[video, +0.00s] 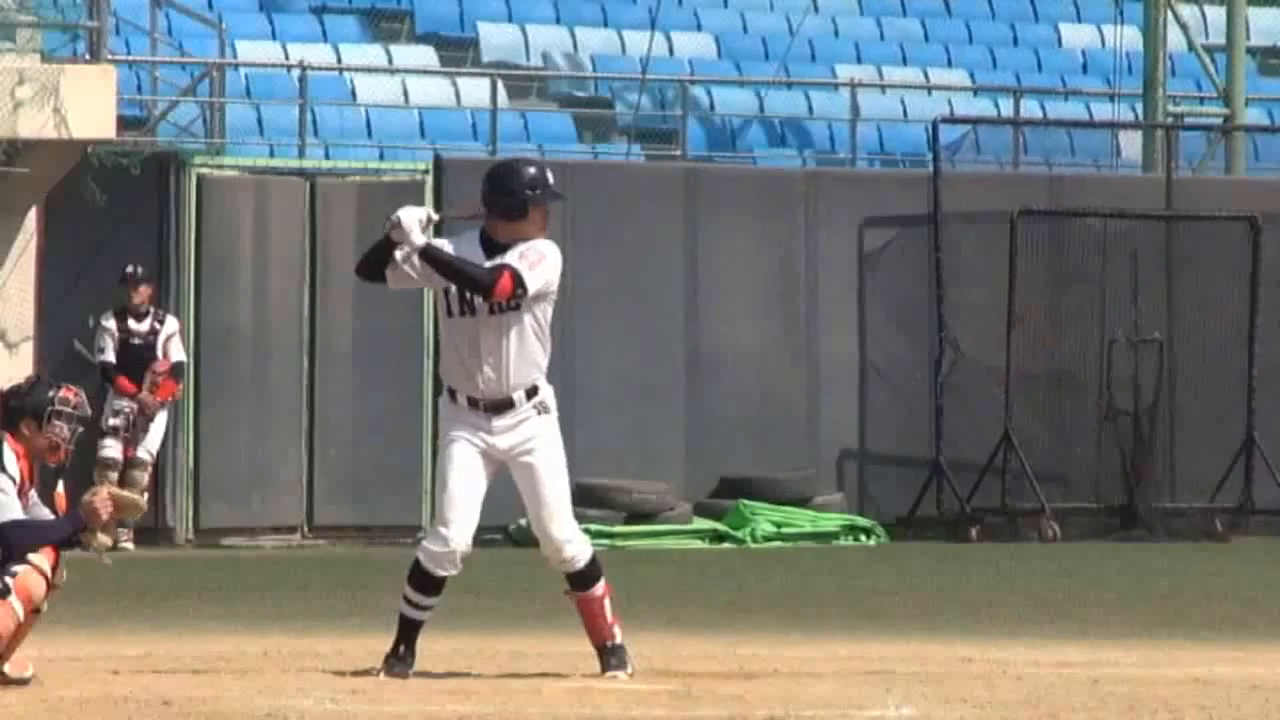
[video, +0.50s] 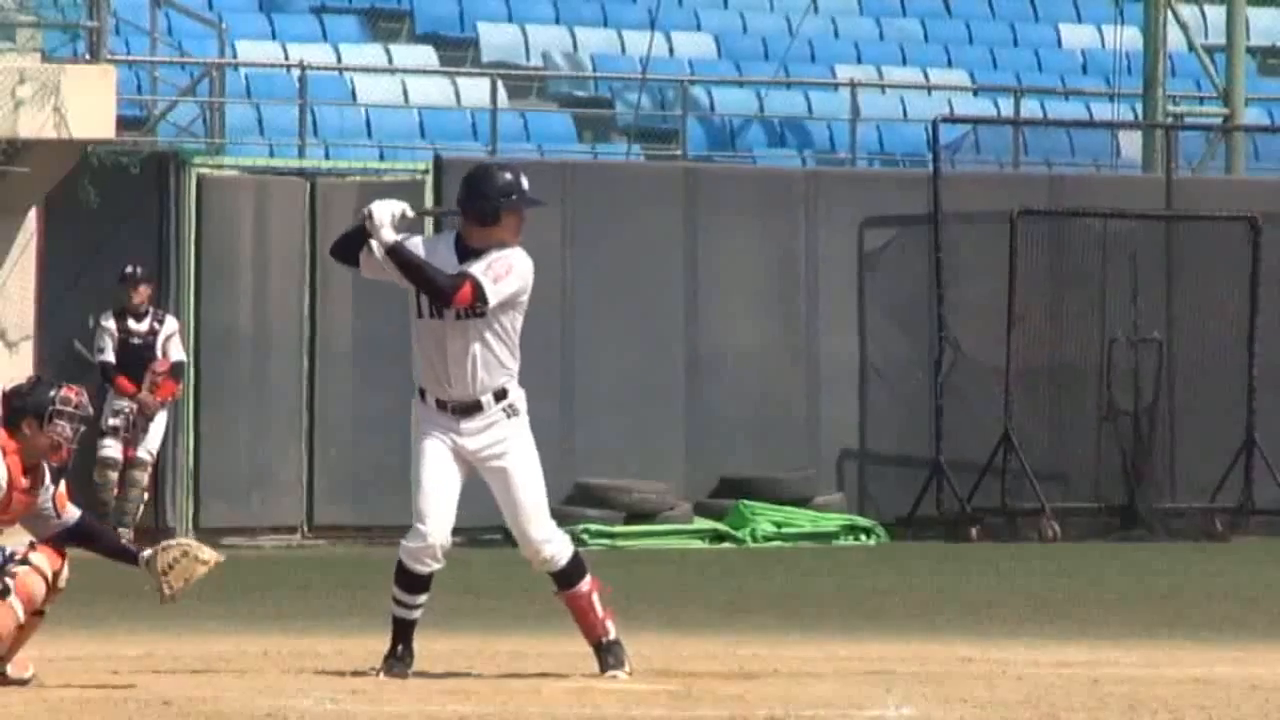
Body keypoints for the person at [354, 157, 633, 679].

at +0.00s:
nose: (547, 216)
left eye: (546, 207)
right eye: (540, 208)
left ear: (518, 207)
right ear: (510, 211)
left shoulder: (543, 254)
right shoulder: (449, 248)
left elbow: (492, 287)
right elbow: (369, 270)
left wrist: (421, 246)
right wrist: (396, 235)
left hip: (530, 417)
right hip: (464, 420)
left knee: (560, 540)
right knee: (449, 541)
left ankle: (610, 646)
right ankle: (403, 646)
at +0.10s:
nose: (544, 217)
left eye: (544, 209)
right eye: (537, 210)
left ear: (516, 208)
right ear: (506, 212)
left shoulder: (540, 255)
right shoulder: (447, 249)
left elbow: (486, 289)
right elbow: (365, 268)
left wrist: (418, 246)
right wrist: (395, 236)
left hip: (527, 417)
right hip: (462, 420)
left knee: (559, 541)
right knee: (446, 541)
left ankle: (610, 646)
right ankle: (403, 645)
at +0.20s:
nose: (540, 218)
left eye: (540, 210)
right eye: (534, 210)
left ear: (514, 209)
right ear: (504, 213)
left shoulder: (536, 257)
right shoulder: (444, 253)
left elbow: (482, 291)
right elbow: (362, 265)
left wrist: (414, 246)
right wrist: (391, 235)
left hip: (523, 418)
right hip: (458, 421)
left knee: (556, 541)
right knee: (444, 541)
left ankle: (610, 646)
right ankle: (402, 648)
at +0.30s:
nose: (532, 219)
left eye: (531, 210)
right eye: (525, 211)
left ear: (504, 211)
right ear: (496, 214)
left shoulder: (524, 261)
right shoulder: (438, 250)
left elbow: (463, 293)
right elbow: (352, 256)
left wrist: (400, 244)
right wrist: (382, 227)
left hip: (511, 419)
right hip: (447, 421)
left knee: (547, 541)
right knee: (436, 539)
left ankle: (608, 644)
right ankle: (401, 646)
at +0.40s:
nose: (528, 219)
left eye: (527, 211)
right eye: (520, 212)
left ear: (500, 212)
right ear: (491, 215)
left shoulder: (519, 262)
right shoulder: (433, 248)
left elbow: (457, 292)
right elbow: (348, 252)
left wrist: (394, 242)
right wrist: (379, 225)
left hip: (506, 418)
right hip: (442, 420)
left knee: (543, 542)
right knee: (432, 538)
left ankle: (607, 643)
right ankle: (400, 647)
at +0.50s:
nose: (523, 220)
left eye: (523, 211)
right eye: (516, 212)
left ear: (493, 213)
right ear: (488, 215)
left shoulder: (515, 263)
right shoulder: (426, 250)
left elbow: (452, 294)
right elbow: (343, 252)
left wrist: (388, 242)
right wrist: (371, 224)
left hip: (499, 418)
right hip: (436, 420)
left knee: (539, 541)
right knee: (428, 537)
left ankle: (606, 643)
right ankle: (400, 648)